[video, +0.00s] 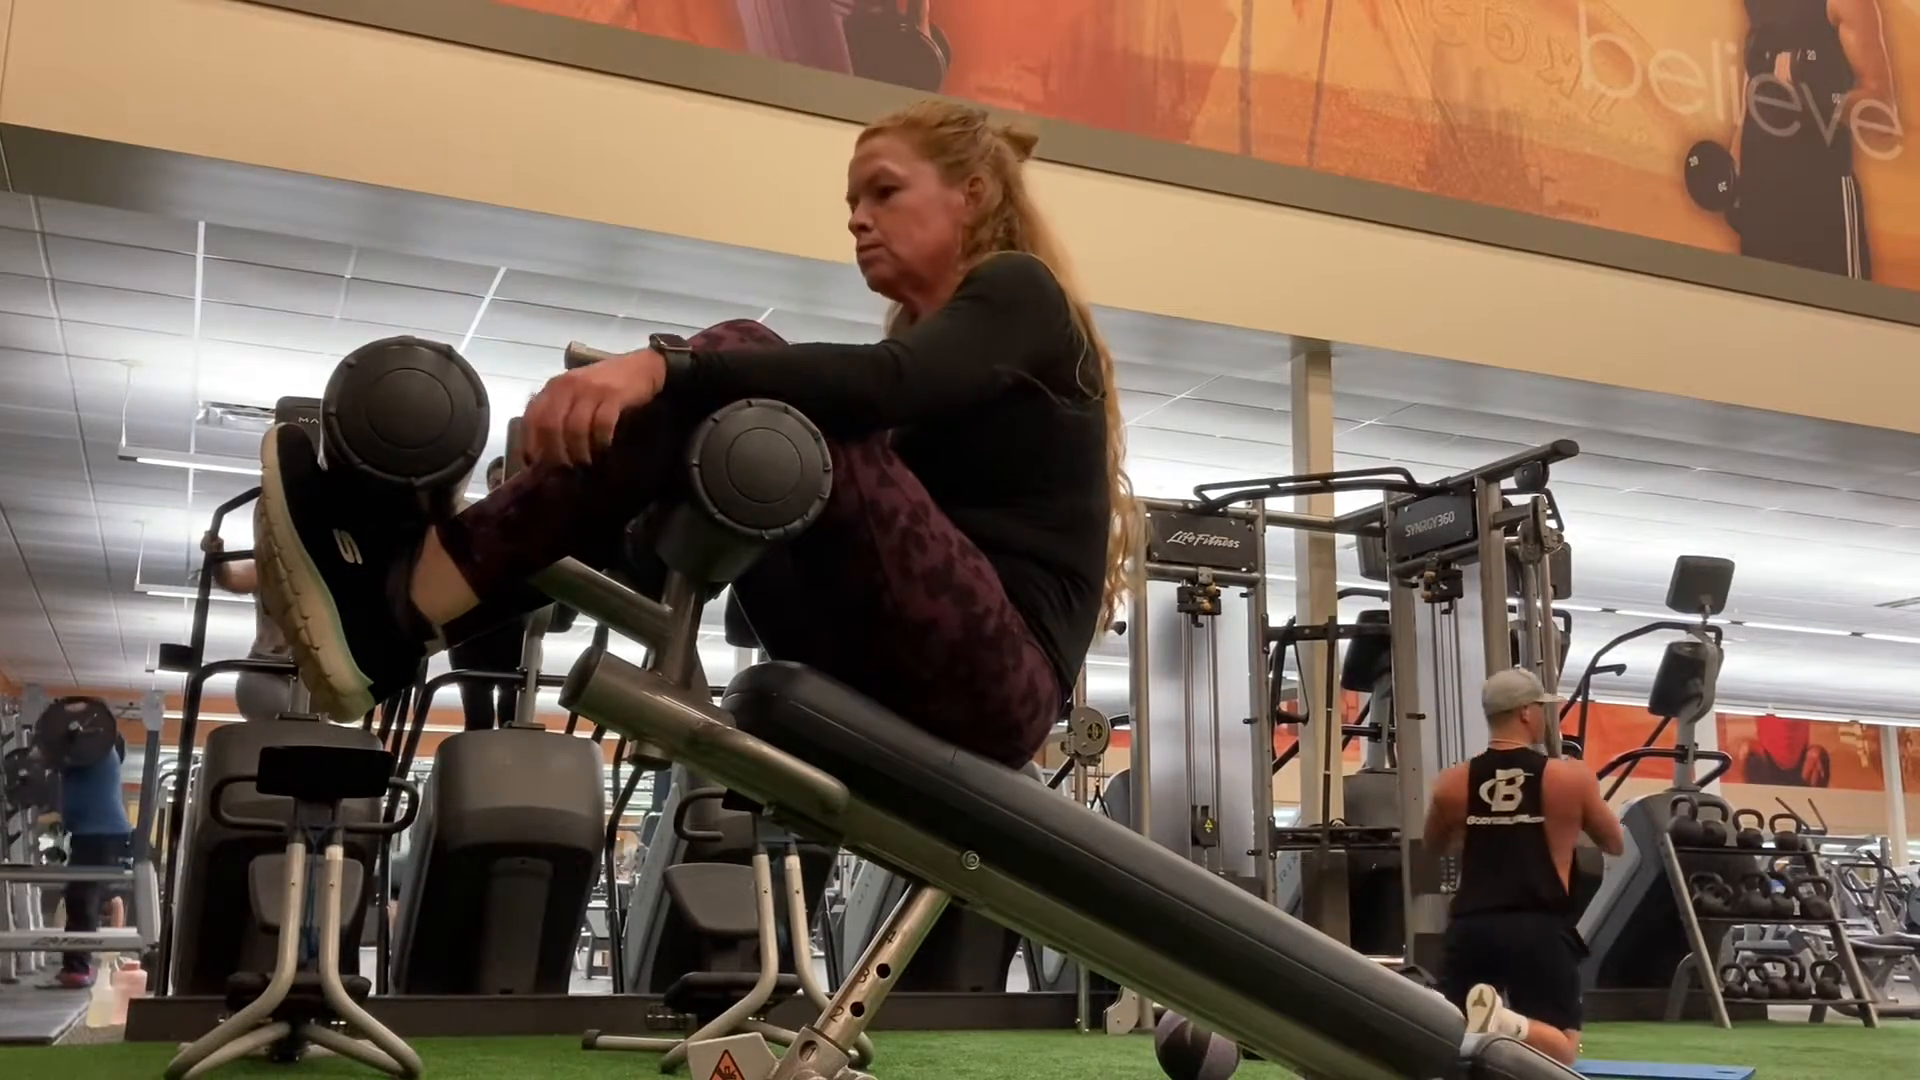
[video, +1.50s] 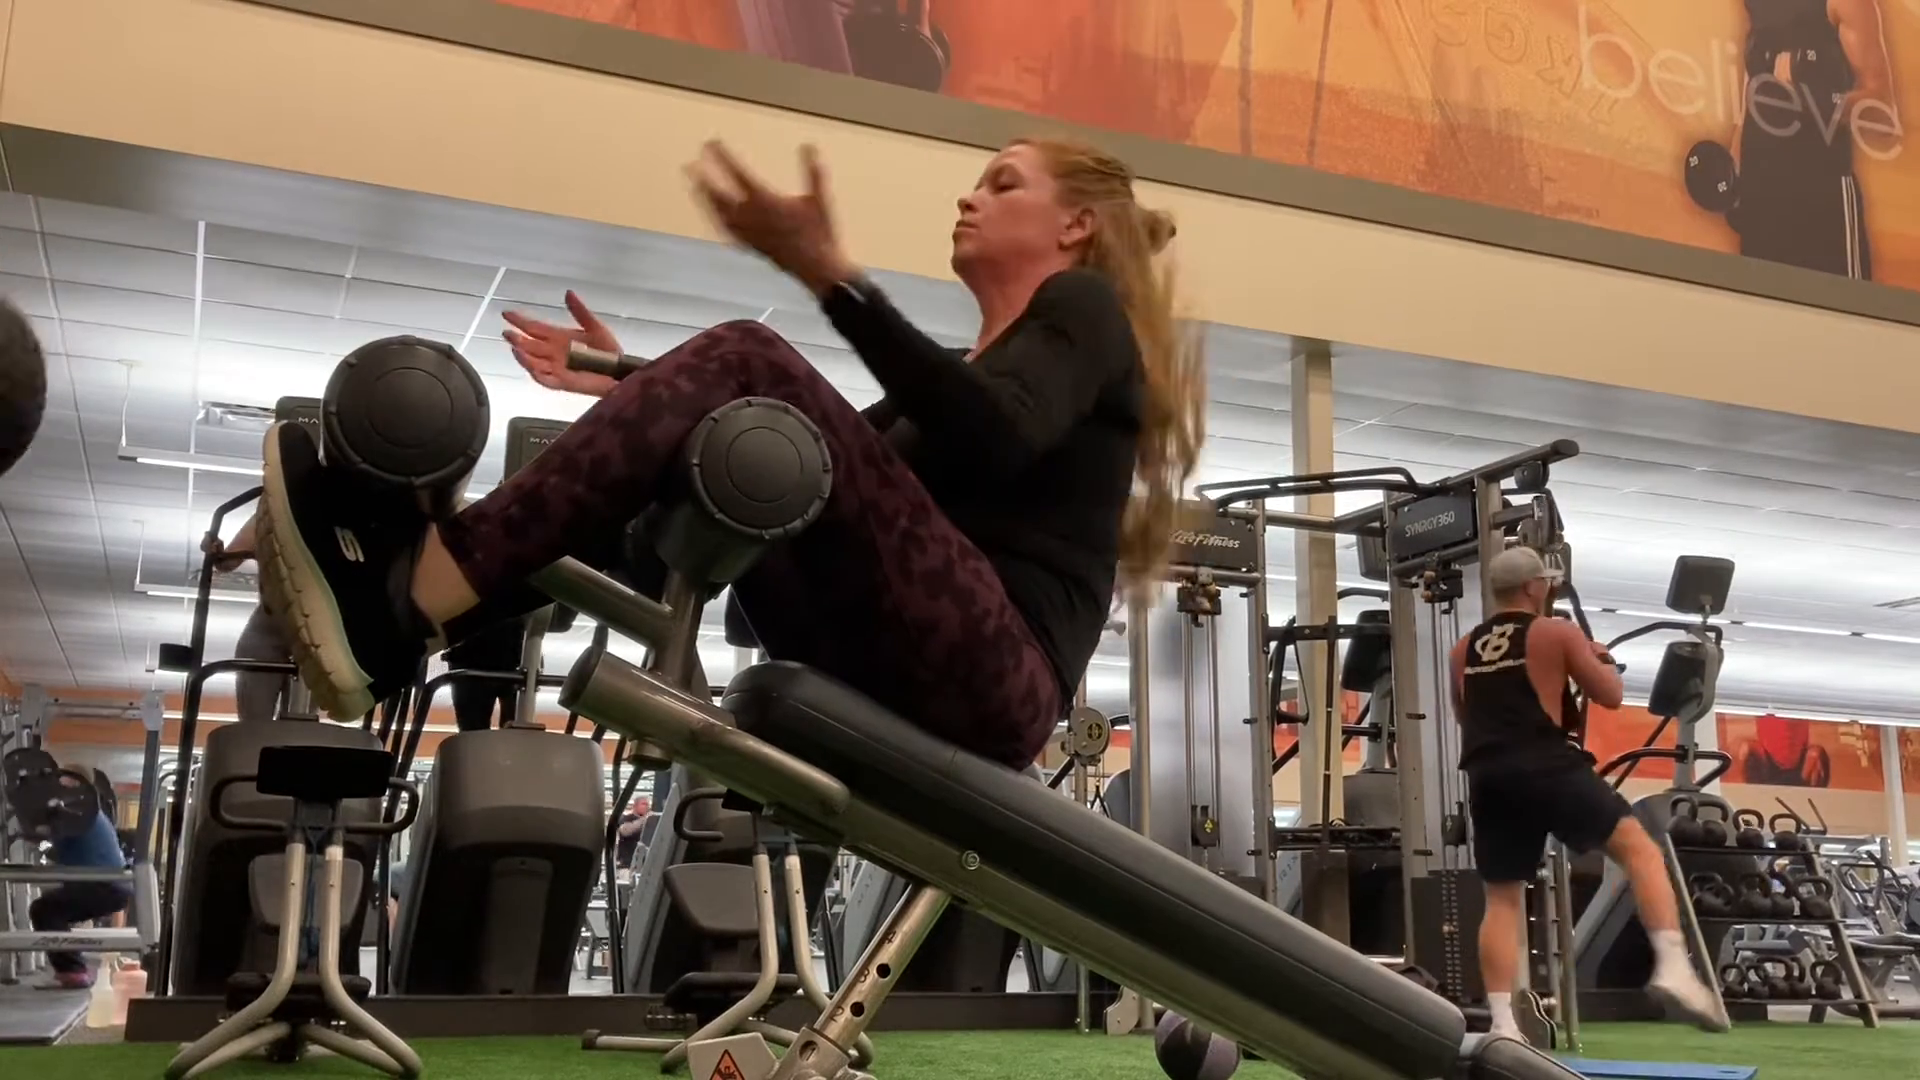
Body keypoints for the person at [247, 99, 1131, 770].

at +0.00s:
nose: (857, 227)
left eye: (884, 197)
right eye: (855, 209)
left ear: (974, 196)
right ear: (876, 227)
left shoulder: (1022, 294)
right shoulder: (916, 344)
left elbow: (885, 385)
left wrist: (664, 369)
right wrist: (634, 378)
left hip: (993, 677)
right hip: (883, 652)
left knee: (761, 365)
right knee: (738, 357)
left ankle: (426, 597)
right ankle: (414, 592)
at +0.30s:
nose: (893, 225)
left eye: (922, 197)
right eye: (886, 207)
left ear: (1002, 204)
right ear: (886, 226)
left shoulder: (1027, 300)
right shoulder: (898, 334)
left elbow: (869, 377)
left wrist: (655, 370)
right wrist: (834, 315)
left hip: (996, 677)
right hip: (871, 646)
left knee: (803, 421)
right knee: (736, 354)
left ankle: (445, 581)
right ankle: (419, 596)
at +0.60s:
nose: (883, 230)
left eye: (905, 204)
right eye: (887, 205)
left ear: (990, 205)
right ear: (980, 207)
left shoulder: (1041, 295)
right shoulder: (939, 342)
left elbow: (945, 373)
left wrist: (757, 242)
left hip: (996, 669)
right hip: (906, 653)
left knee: (758, 359)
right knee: (707, 429)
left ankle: (436, 585)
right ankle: (401, 594)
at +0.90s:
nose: (942, 222)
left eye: (958, 202)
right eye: (942, 201)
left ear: (1025, 194)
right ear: (1017, 199)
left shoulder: (1076, 302)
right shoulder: (984, 326)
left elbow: (880, 276)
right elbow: (880, 480)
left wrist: (968, 223)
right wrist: (705, 378)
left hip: (992, 675)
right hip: (902, 651)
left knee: (750, 355)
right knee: (713, 395)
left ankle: (431, 594)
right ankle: (415, 588)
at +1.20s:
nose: (964, 192)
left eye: (992, 172)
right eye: (967, 174)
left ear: (1063, 201)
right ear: (965, 203)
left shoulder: (1106, 327)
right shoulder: (945, 360)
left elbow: (1047, 300)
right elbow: (829, 476)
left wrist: (1074, 152)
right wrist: (613, 434)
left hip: (993, 682)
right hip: (873, 656)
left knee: (750, 353)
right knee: (701, 433)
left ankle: (426, 598)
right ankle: (394, 595)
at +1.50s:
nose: (968, 197)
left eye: (1003, 185)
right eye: (976, 184)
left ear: (1078, 226)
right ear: (996, 233)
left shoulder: (1085, 309)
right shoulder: (969, 377)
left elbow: (996, 432)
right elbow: (838, 455)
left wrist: (834, 283)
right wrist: (638, 379)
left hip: (992, 672)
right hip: (904, 658)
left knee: (751, 361)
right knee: (723, 418)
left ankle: (423, 601)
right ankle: (406, 598)